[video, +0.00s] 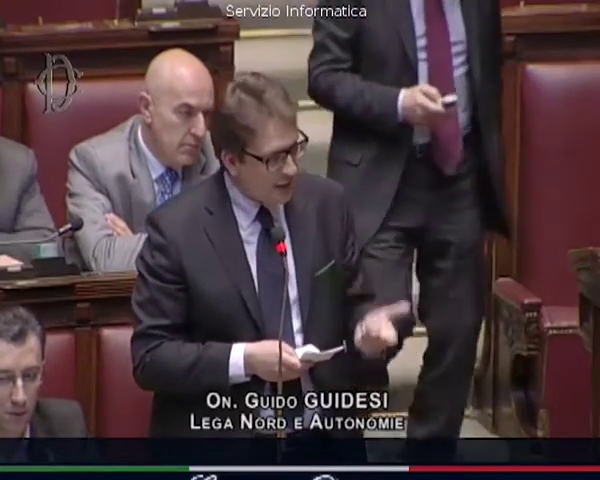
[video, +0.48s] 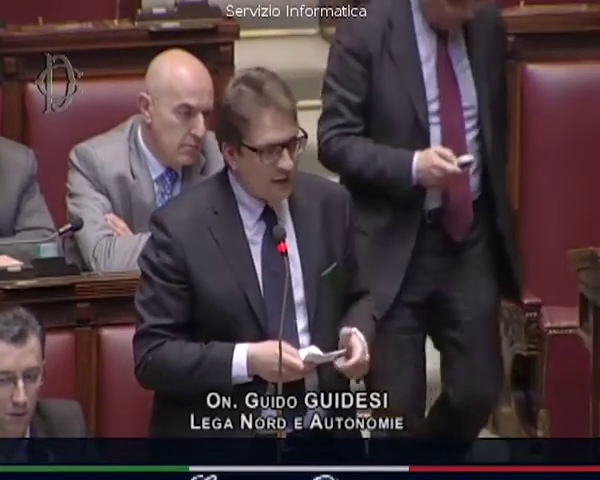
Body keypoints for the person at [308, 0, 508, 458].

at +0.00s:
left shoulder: (481, 5)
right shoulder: (351, 5)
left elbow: (488, 79)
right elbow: (323, 77)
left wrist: (490, 177)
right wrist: (397, 102)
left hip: (461, 173)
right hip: (380, 172)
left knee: (457, 333)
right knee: (381, 324)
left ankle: (429, 461)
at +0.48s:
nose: (469, 16)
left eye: (475, 9)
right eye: (462, 9)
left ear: (480, 3)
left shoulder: (487, 24)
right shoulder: (365, 29)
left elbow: (496, 132)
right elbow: (334, 142)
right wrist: (410, 165)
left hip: (471, 238)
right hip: (393, 241)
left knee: (477, 393)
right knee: (398, 406)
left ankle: (419, 474)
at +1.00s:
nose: (490, 46)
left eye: (499, 31)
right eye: (476, 32)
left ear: (508, 19)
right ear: (438, 13)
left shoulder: (507, 65)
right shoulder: (383, 67)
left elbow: (511, 178)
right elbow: (355, 171)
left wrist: (509, 285)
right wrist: (433, 177)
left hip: (485, 278)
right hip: (407, 281)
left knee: (491, 442)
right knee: (410, 443)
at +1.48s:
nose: (540, 86)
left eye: (548, 70)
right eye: (525, 73)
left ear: (556, 57)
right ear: (488, 60)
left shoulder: (554, 114)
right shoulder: (442, 119)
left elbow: (557, 226)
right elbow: (453, 216)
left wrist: (566, 321)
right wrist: (509, 137)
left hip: (540, 339)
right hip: (466, 344)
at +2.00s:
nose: (565, 154)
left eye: (569, 142)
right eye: (554, 144)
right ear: (509, 133)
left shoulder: (567, 191)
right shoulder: (458, 189)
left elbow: (575, 295)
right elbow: (485, 276)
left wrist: (585, 383)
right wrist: (533, 192)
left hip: (564, 401)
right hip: (490, 406)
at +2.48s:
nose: (595, 171)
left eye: (598, 159)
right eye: (587, 159)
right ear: (542, 145)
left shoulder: (575, 193)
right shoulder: (483, 208)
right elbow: (468, 324)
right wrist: (560, 297)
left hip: (577, 410)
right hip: (503, 418)